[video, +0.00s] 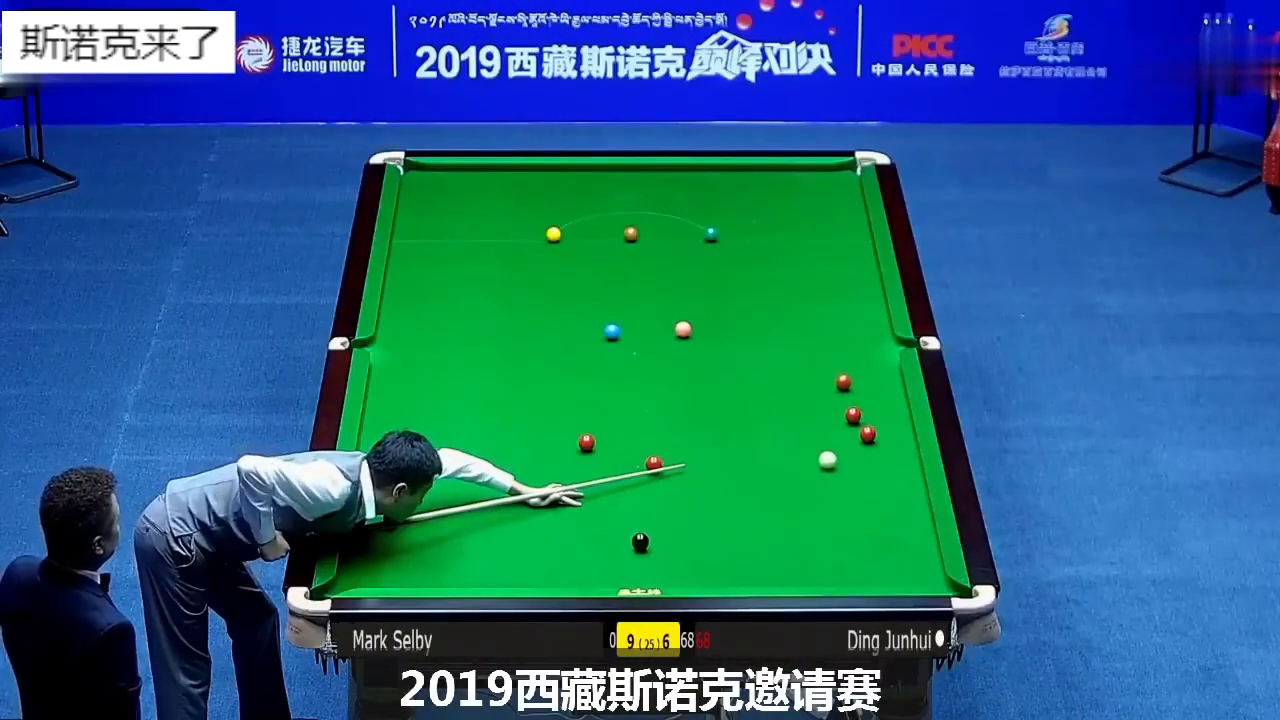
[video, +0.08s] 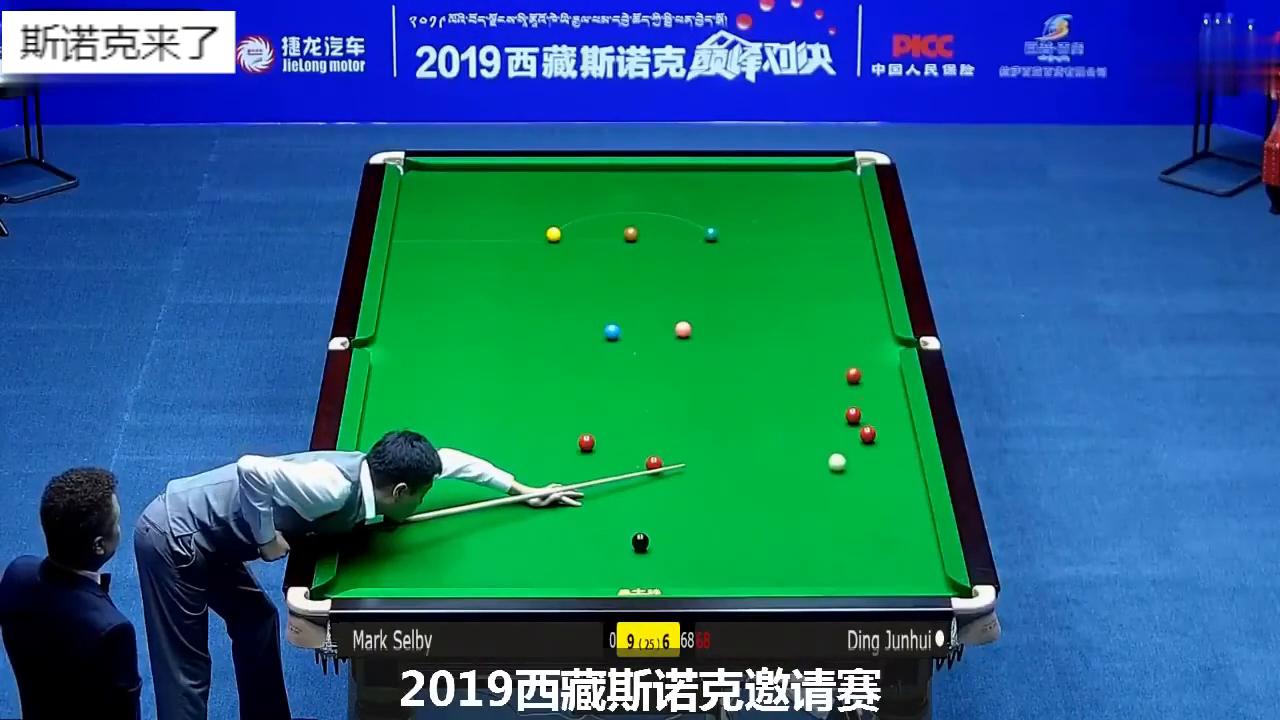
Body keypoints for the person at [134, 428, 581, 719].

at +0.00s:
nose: (420, 502)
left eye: (422, 493)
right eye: (418, 495)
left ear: (393, 479)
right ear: (395, 489)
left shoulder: (378, 472)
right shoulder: (331, 491)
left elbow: (454, 462)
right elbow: (253, 469)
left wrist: (523, 489)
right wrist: (266, 536)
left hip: (211, 538)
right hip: (173, 538)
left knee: (257, 627)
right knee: (187, 677)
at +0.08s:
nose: (420, 502)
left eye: (422, 493)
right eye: (418, 495)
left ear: (392, 479)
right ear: (395, 489)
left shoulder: (377, 472)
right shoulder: (331, 491)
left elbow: (454, 462)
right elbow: (253, 469)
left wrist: (523, 489)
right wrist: (267, 536)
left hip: (211, 538)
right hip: (173, 538)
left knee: (257, 627)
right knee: (187, 677)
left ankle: (266, 719)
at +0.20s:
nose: (419, 502)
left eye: (422, 493)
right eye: (417, 494)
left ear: (392, 479)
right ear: (395, 489)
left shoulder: (377, 471)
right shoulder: (331, 491)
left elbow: (454, 462)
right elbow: (253, 470)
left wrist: (523, 489)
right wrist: (267, 536)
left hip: (211, 538)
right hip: (173, 539)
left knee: (257, 628)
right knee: (187, 677)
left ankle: (267, 719)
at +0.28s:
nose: (420, 502)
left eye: (422, 493)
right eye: (418, 494)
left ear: (393, 479)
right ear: (395, 489)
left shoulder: (377, 472)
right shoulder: (331, 491)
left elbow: (454, 462)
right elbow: (252, 469)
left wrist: (523, 489)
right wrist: (266, 536)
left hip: (211, 538)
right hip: (173, 538)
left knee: (257, 627)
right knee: (187, 677)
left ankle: (266, 719)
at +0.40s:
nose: (419, 502)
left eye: (422, 493)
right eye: (417, 494)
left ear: (392, 478)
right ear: (395, 489)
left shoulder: (377, 472)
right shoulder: (331, 491)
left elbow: (454, 462)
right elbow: (252, 469)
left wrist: (523, 489)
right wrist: (265, 536)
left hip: (211, 537)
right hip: (173, 538)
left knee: (257, 627)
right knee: (187, 677)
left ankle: (266, 719)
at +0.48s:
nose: (419, 502)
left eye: (422, 493)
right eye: (418, 494)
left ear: (392, 477)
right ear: (396, 489)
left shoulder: (375, 471)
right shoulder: (331, 491)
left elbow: (454, 462)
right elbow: (252, 470)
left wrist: (523, 489)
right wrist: (267, 535)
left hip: (210, 535)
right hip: (173, 537)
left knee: (257, 624)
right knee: (187, 673)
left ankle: (266, 719)